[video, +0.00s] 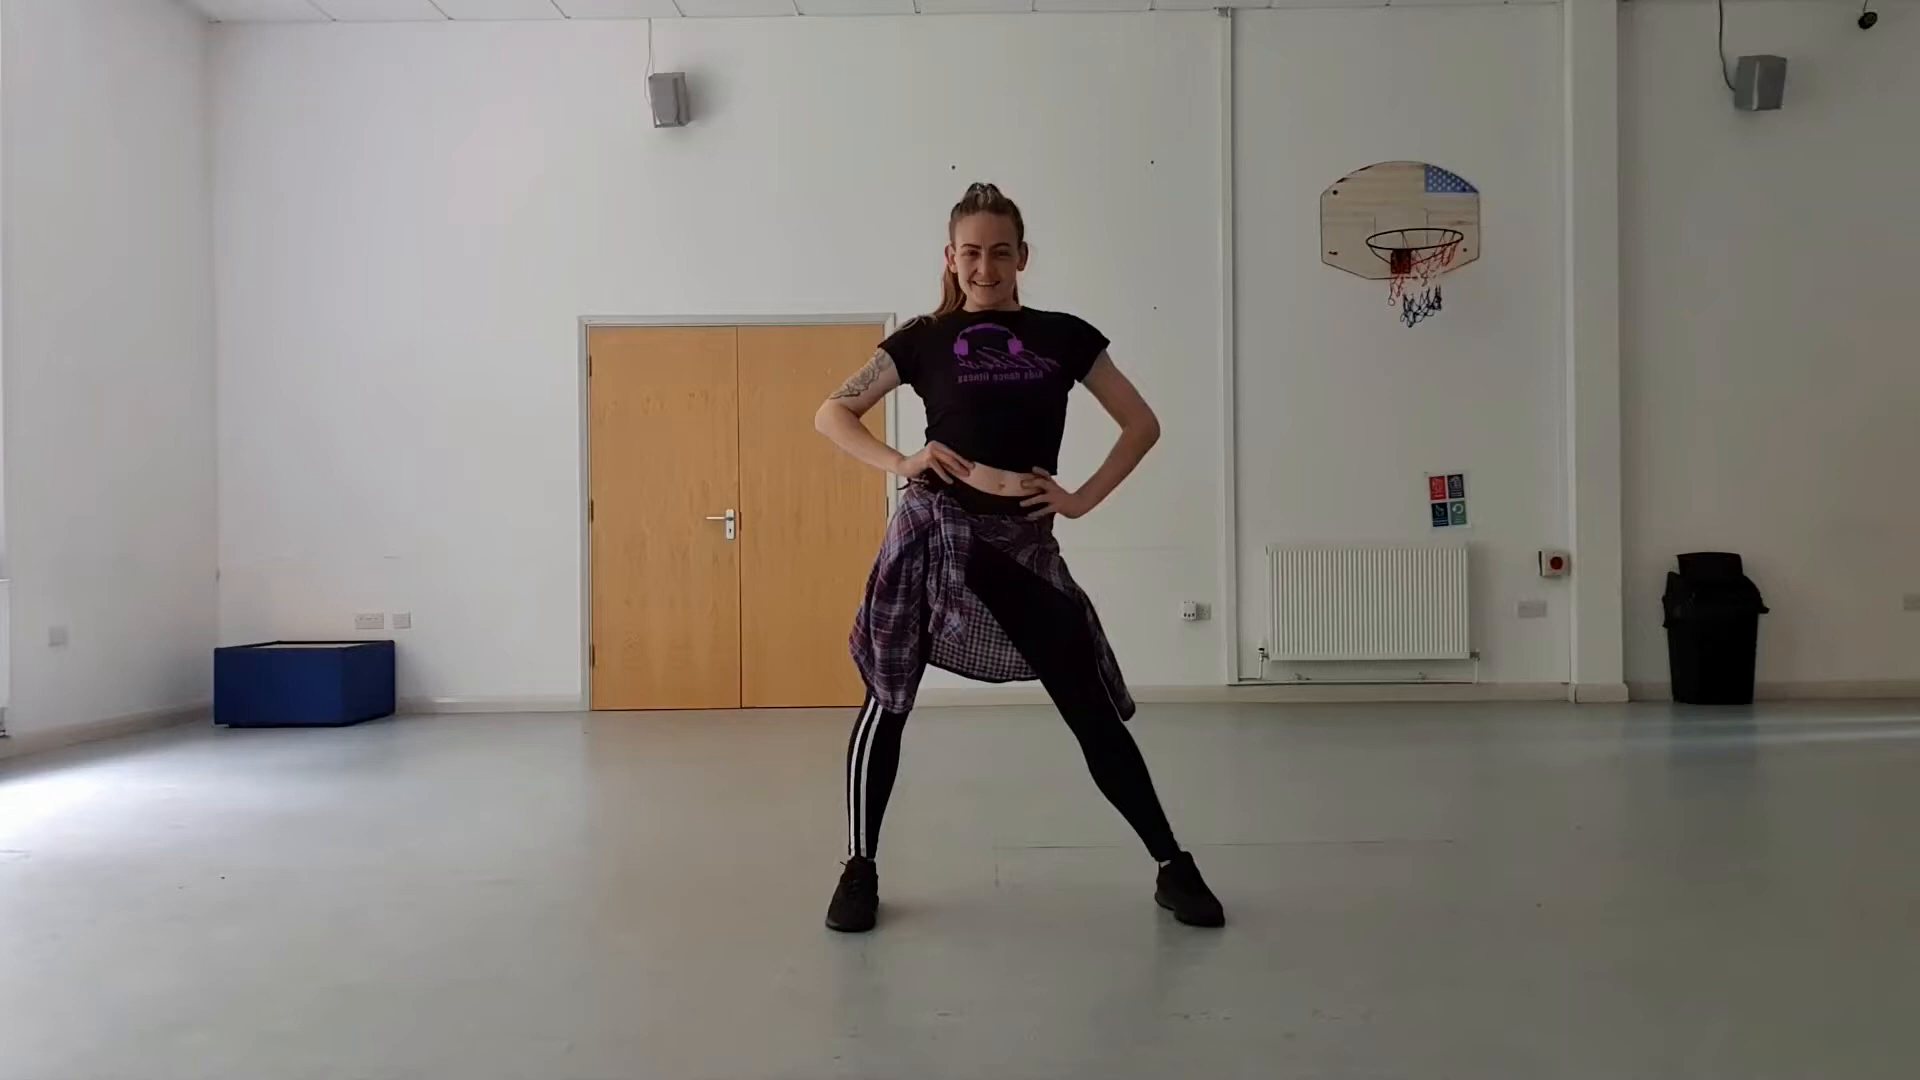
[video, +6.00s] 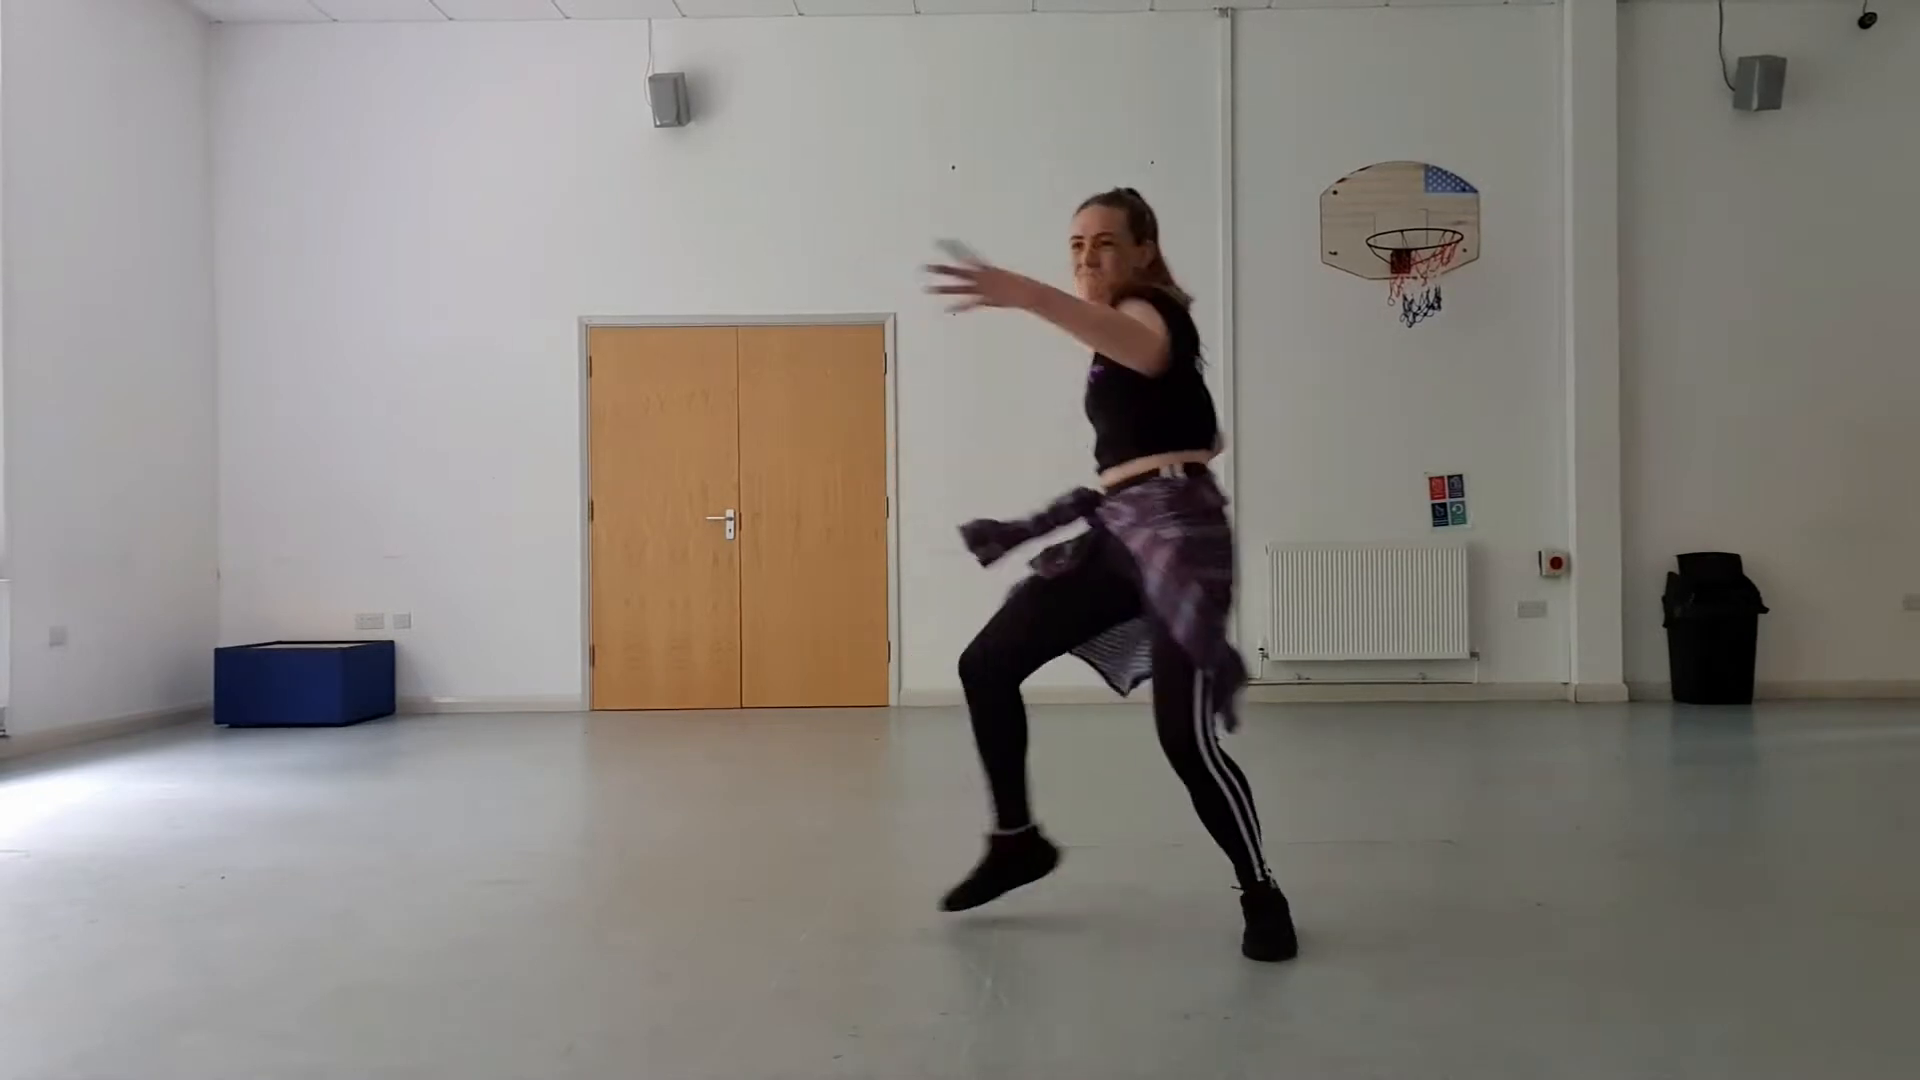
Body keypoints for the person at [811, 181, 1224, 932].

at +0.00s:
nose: (983, 265)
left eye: (998, 250)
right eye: (969, 251)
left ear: (1022, 254)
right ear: (949, 256)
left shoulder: (1065, 337)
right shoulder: (921, 341)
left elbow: (1141, 425)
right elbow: (833, 414)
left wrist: (1086, 496)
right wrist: (897, 462)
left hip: (1021, 541)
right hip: (931, 534)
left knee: (1091, 707)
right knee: (889, 698)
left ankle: (1174, 865)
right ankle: (859, 866)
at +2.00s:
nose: (1031, 265)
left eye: (1046, 254)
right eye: (1018, 253)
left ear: (1067, 265)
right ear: (998, 262)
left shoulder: (1089, 345)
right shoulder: (958, 333)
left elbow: (1205, 388)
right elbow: (896, 425)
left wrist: (1136, 449)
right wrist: (951, 511)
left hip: (1107, 529)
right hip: (1021, 541)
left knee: (1149, 694)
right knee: (959, 711)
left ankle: (1180, 865)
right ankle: (888, 871)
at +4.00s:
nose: (1071, 275)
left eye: (1079, 265)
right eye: (1059, 259)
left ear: (1082, 275)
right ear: (1015, 260)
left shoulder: (1084, 350)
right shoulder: (961, 338)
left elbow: (1194, 404)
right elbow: (894, 431)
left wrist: (1135, 459)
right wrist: (955, 516)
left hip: (1108, 534)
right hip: (1022, 545)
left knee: (1145, 696)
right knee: (955, 708)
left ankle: (1167, 862)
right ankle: (883, 867)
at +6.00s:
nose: (1087, 259)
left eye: (1105, 245)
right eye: (1077, 247)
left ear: (1146, 254)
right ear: (1073, 259)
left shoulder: (1155, 313)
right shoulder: (1114, 341)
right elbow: (1128, 476)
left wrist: (1030, 296)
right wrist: (1029, 530)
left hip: (1179, 532)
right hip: (1122, 533)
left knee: (1186, 734)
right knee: (986, 664)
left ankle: (1260, 893)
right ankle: (1015, 837)